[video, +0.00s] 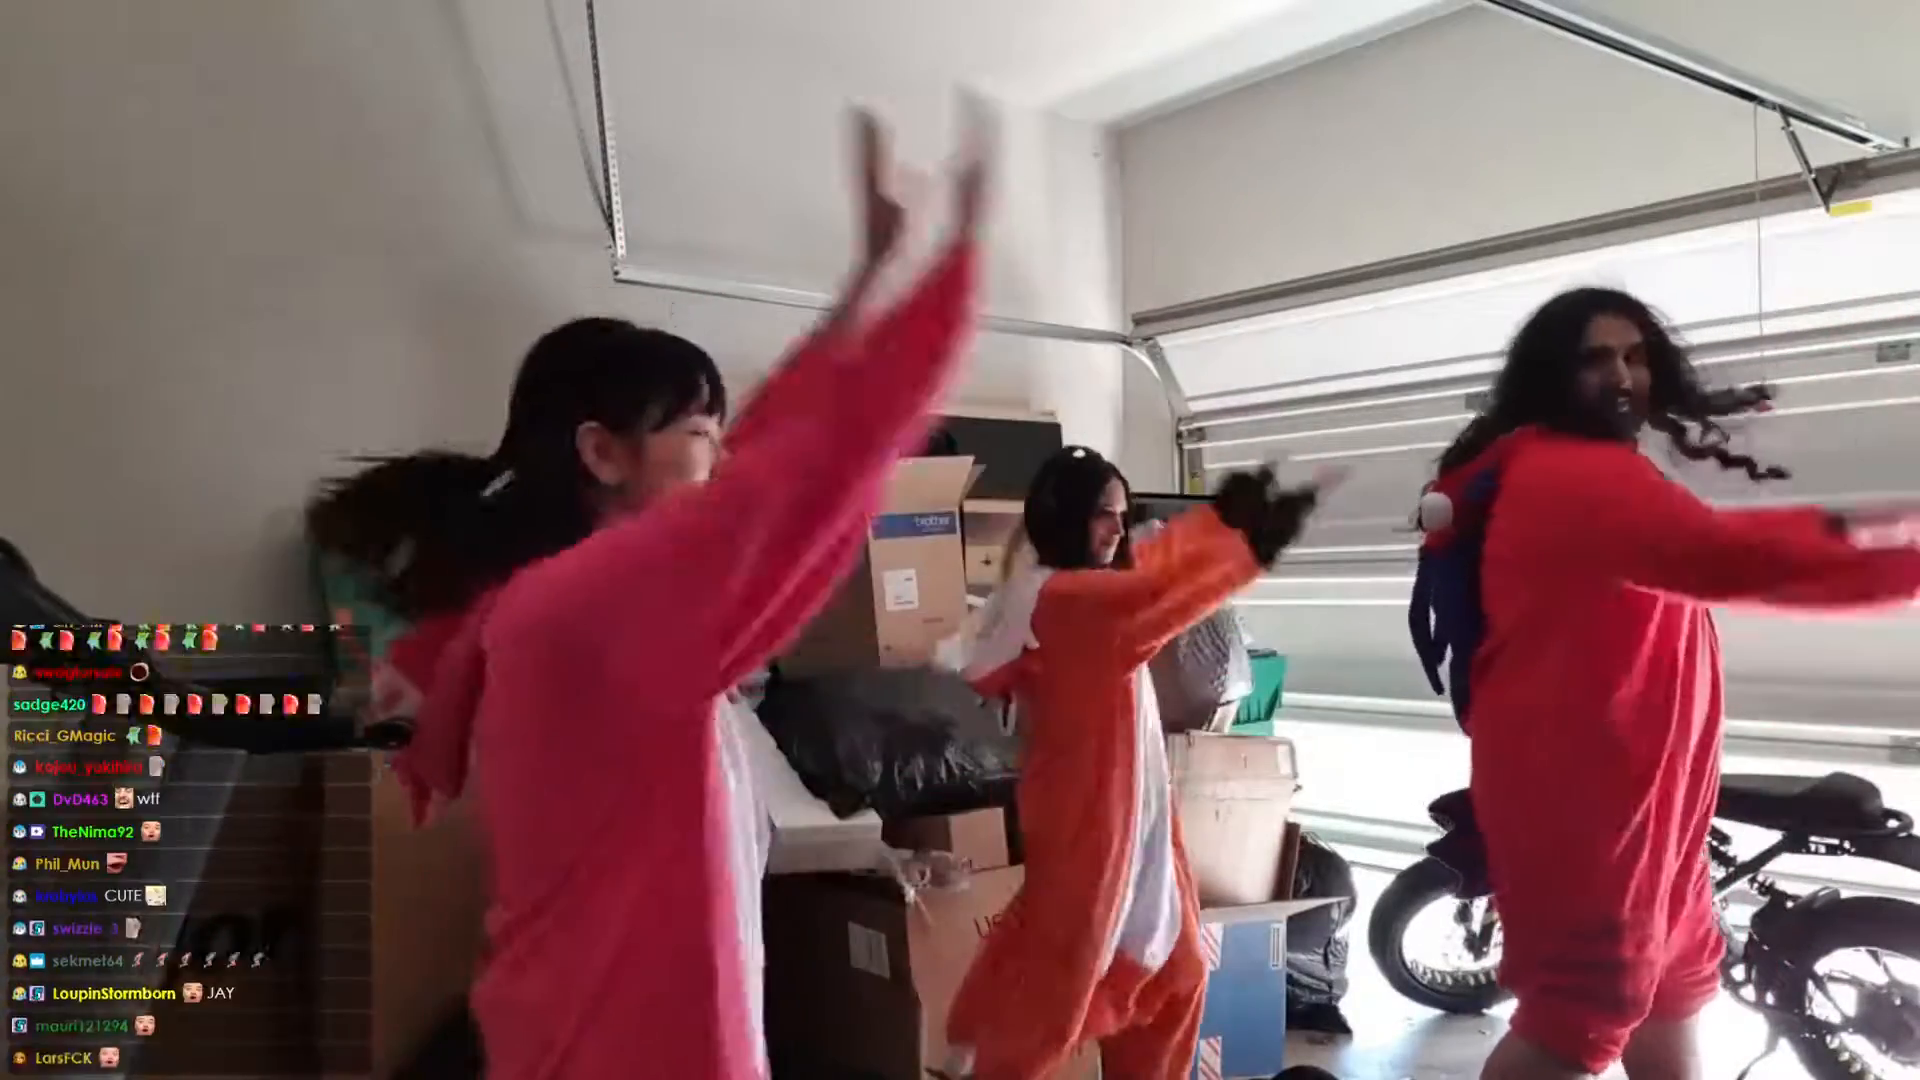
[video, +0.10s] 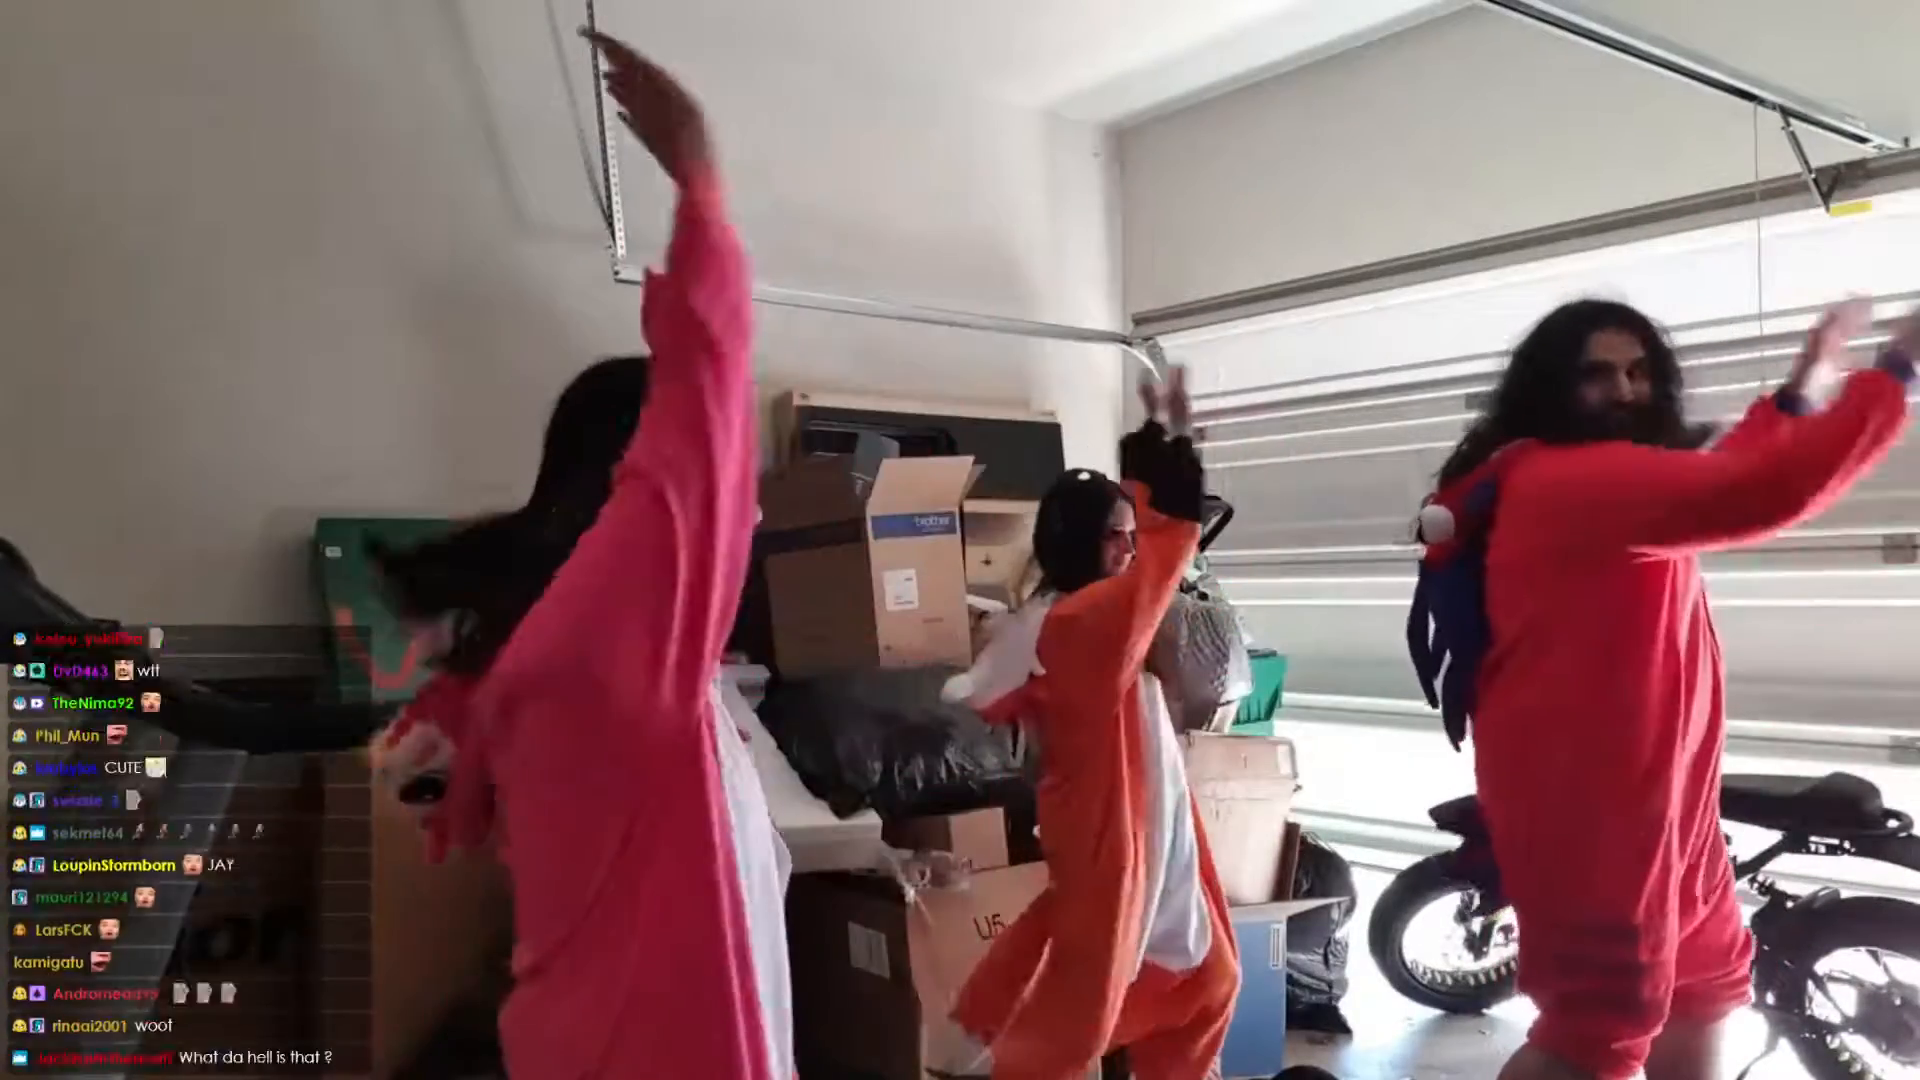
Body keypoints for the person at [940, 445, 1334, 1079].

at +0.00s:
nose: (1119, 528)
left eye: (1122, 514)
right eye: (1106, 514)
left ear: (1119, 518)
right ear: (1067, 517)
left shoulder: (1090, 586)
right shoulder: (1058, 596)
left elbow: (1160, 562)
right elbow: (1155, 591)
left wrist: (1233, 516)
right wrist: (1252, 537)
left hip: (1135, 801)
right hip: (1083, 806)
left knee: (1177, 969)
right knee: (1062, 956)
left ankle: (1154, 1070)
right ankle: (996, 1065)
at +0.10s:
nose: (1130, 550)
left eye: (1135, 535)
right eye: (1115, 537)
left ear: (1134, 533)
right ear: (1074, 541)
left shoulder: (1107, 622)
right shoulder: (1076, 627)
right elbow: (1155, 569)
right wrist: (1174, 445)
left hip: (1158, 821)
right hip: (1105, 830)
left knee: (1211, 974)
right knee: (1085, 982)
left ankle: (1170, 1071)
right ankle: (1013, 1061)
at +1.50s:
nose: (1061, 557)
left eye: (1075, 543)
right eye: (1049, 545)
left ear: (1105, 551)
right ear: (1036, 558)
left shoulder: (1149, 649)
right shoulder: (1008, 650)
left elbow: (1155, 764)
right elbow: (993, 761)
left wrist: (1141, 885)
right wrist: (1011, 868)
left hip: (1126, 861)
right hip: (1042, 861)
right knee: (1032, 1001)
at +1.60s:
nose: (1045, 508)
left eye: (1060, 495)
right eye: (1037, 496)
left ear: (1093, 505)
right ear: (1025, 507)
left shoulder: (1129, 597)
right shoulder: (1001, 596)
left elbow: (1120, 695)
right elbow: (970, 693)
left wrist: (1090, 783)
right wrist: (949, 782)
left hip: (1096, 811)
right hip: (1007, 811)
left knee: (1133, 966)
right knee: (1014, 967)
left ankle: (1172, 1065)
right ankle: (1035, 1068)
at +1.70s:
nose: (1039, 481)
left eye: (1054, 467)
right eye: (1030, 469)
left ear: (1091, 474)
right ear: (1019, 478)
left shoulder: (1126, 553)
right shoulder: (999, 554)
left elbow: (1087, 607)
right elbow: (900, 574)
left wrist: (1013, 554)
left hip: (1097, 769)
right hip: (1004, 769)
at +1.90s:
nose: (998, 530)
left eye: (1013, 517)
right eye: (997, 518)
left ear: (1053, 529)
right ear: (992, 528)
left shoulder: (1089, 613)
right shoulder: (992, 607)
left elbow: (1098, 519)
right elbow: (961, 495)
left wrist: (1086, 395)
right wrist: (979, 389)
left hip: (1093, 860)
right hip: (1000, 861)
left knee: (1150, 1031)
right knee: (948, 1025)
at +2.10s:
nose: (1003, 534)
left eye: (1015, 518)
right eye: (999, 522)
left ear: (1055, 523)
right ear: (997, 534)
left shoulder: (1107, 613)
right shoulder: (997, 607)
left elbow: (1063, 521)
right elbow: (898, 546)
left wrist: (977, 433)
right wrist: (789, 480)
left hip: (1106, 859)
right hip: (1008, 861)